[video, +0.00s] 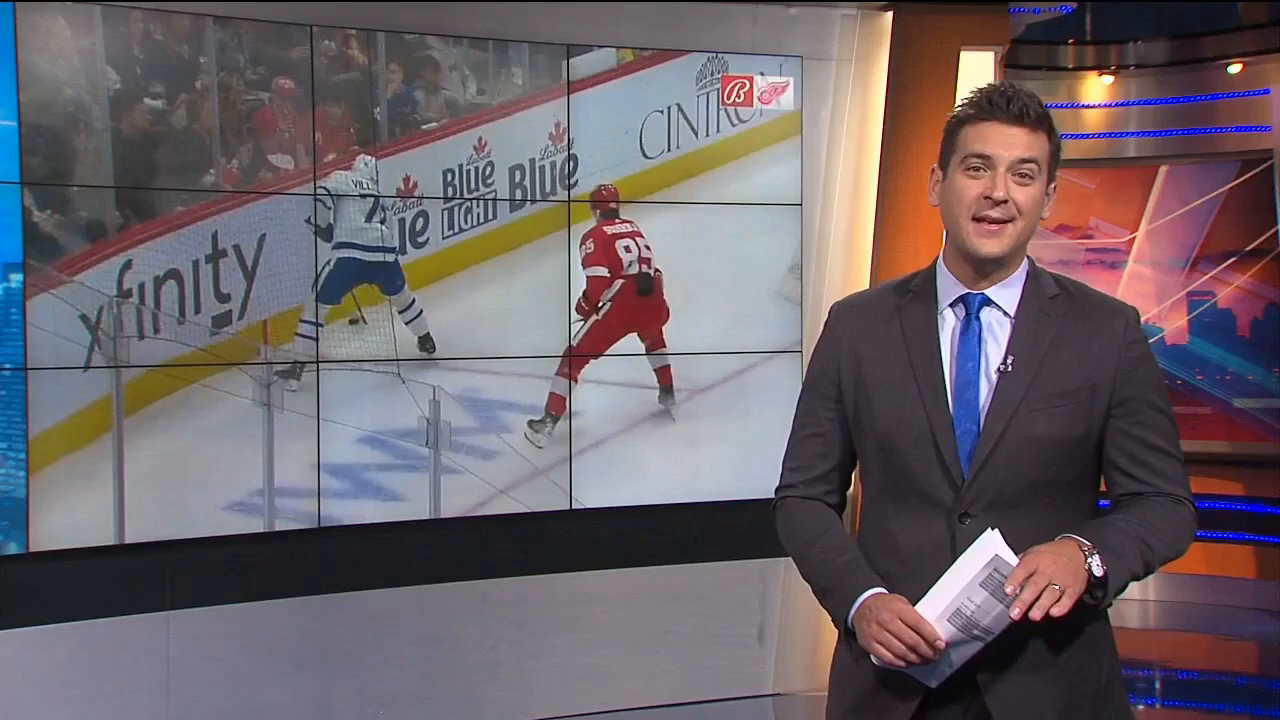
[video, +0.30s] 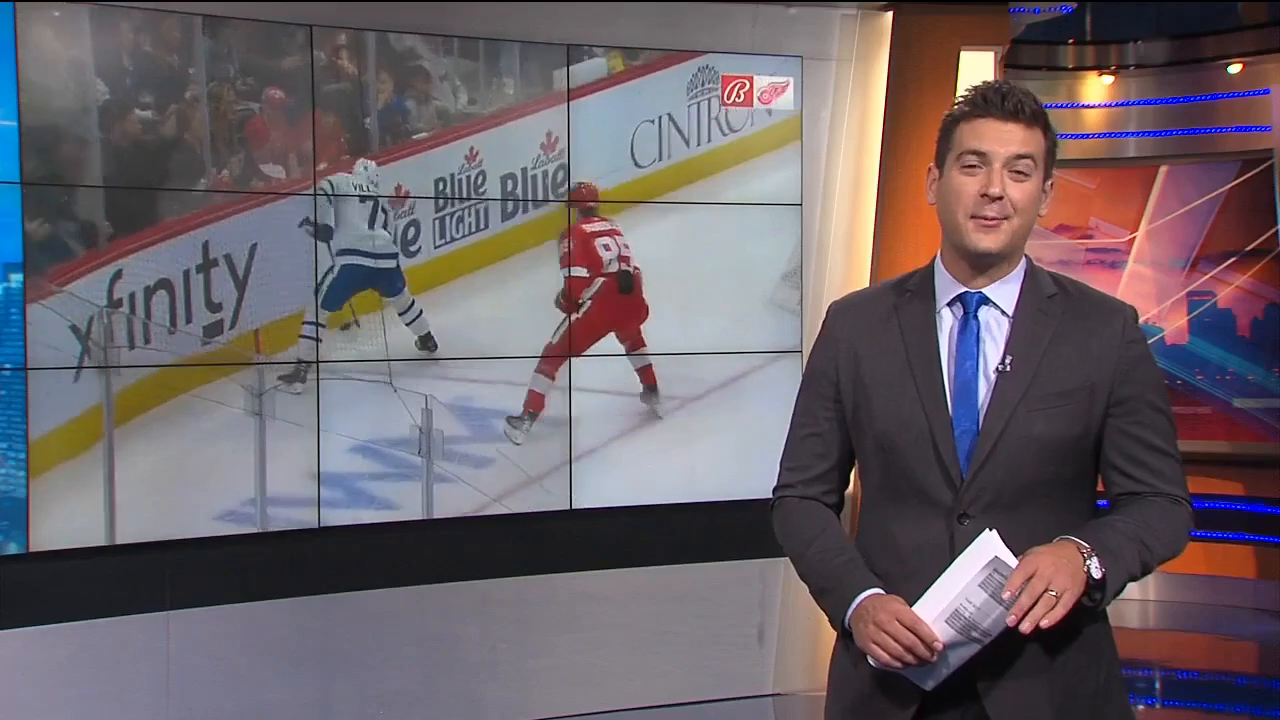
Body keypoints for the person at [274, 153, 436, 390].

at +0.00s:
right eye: (371, 172)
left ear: (354, 168)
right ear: (375, 174)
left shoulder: (341, 177)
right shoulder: (379, 191)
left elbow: (323, 193)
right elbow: (391, 210)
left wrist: (322, 226)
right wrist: (403, 198)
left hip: (349, 259)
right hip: (386, 260)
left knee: (317, 308)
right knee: (403, 299)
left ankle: (297, 366)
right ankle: (426, 339)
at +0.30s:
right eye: (372, 177)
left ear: (354, 172)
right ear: (374, 178)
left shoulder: (338, 181)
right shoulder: (380, 197)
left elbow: (321, 190)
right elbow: (388, 231)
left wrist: (321, 225)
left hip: (351, 265)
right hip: (388, 266)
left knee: (318, 310)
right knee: (402, 301)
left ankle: (301, 368)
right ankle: (426, 339)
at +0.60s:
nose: (330, 166)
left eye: (332, 162)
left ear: (336, 169)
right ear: (361, 177)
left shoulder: (334, 185)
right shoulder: (370, 200)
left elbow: (318, 174)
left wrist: (297, 202)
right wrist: (328, 263)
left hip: (354, 273)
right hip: (388, 274)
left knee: (316, 314)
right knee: (396, 307)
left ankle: (311, 369)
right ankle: (424, 340)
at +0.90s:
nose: (320, 190)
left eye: (321, 186)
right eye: (320, 185)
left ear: (326, 187)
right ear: (350, 188)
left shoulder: (331, 205)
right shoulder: (366, 216)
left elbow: (305, 184)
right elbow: (362, 257)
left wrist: (279, 188)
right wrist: (324, 262)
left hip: (349, 293)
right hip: (382, 296)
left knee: (304, 329)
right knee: (383, 315)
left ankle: (319, 380)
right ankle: (410, 345)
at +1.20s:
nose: (306, 202)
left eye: (307, 197)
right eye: (306, 198)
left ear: (312, 195)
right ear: (336, 191)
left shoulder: (321, 210)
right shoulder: (354, 214)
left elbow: (297, 227)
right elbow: (339, 250)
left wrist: (267, 205)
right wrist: (308, 243)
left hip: (345, 305)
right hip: (375, 305)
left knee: (294, 337)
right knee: (364, 320)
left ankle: (326, 391)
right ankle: (391, 353)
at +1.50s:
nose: (306, 209)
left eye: (309, 203)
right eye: (305, 203)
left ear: (314, 202)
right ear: (332, 195)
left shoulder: (323, 229)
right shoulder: (348, 206)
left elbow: (294, 267)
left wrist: (268, 248)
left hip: (347, 305)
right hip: (372, 299)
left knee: (294, 348)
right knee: (351, 329)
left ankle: (341, 401)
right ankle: (372, 364)